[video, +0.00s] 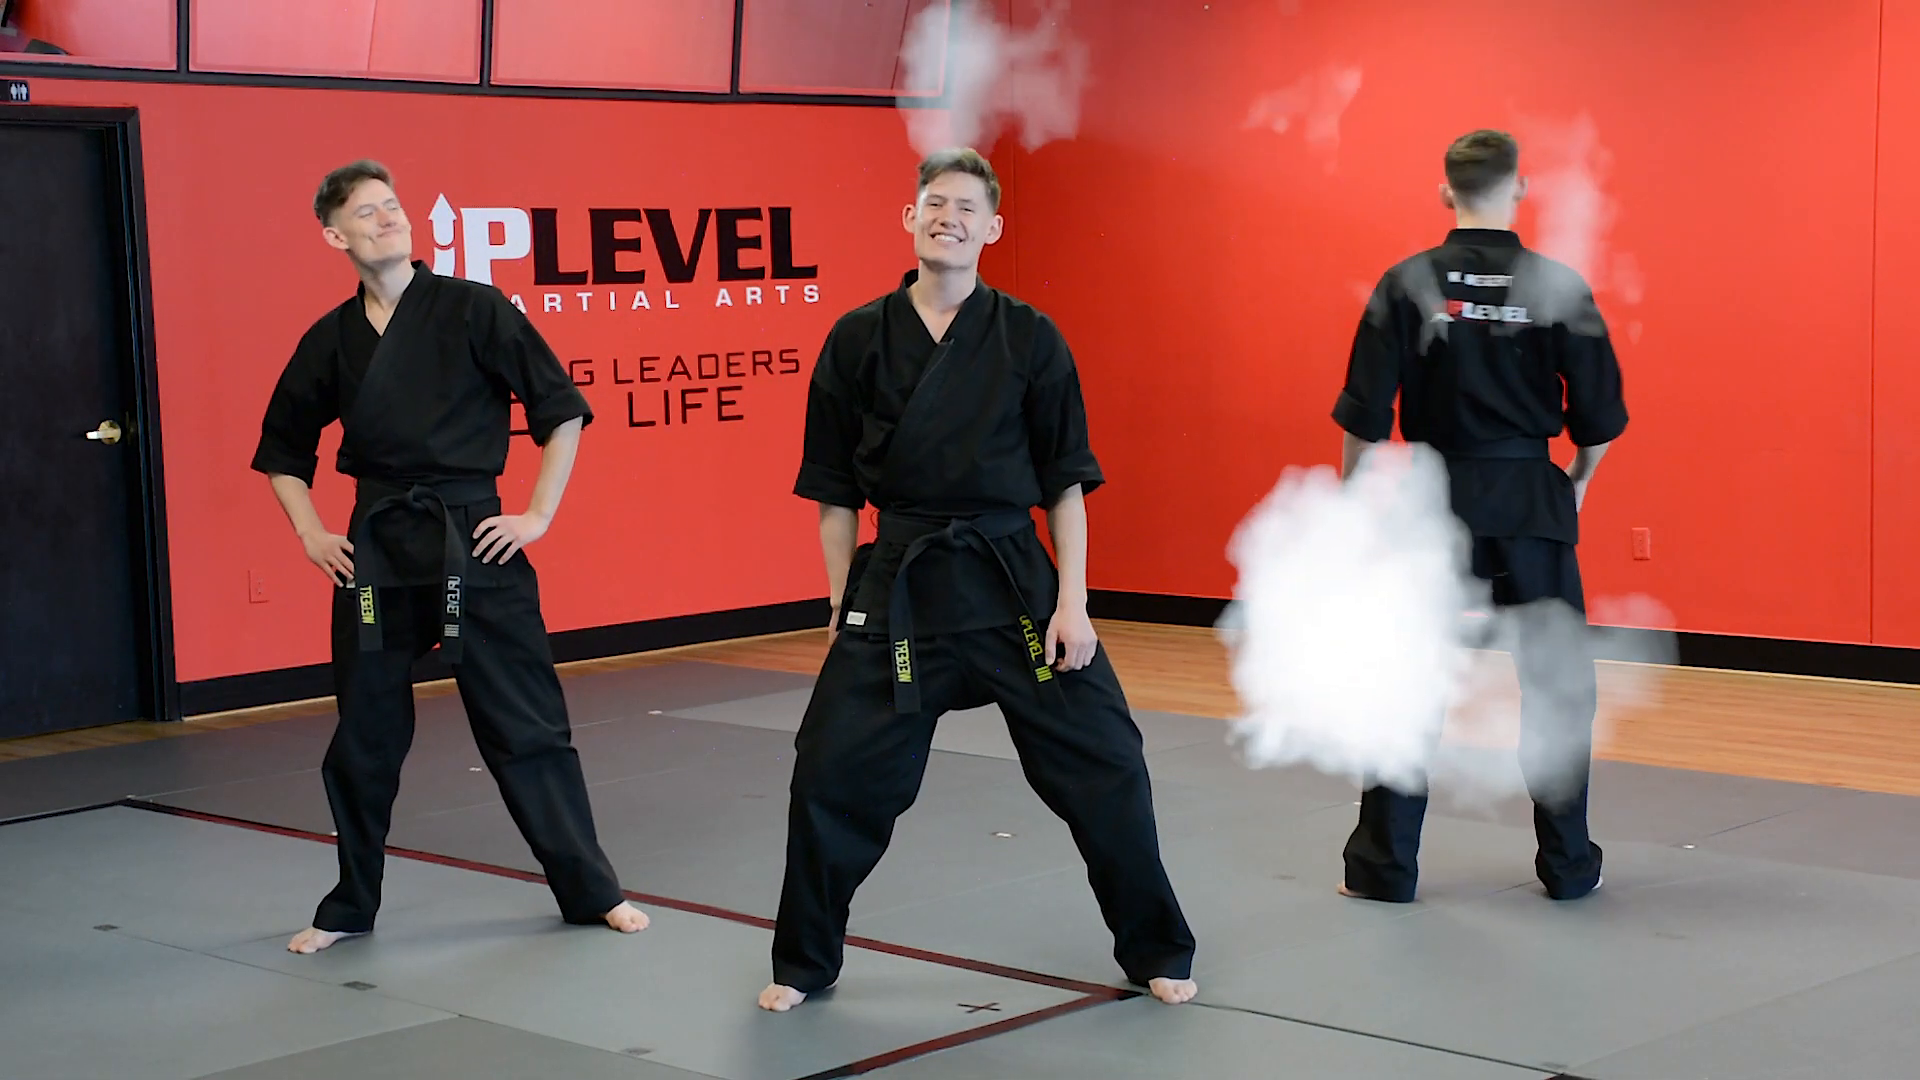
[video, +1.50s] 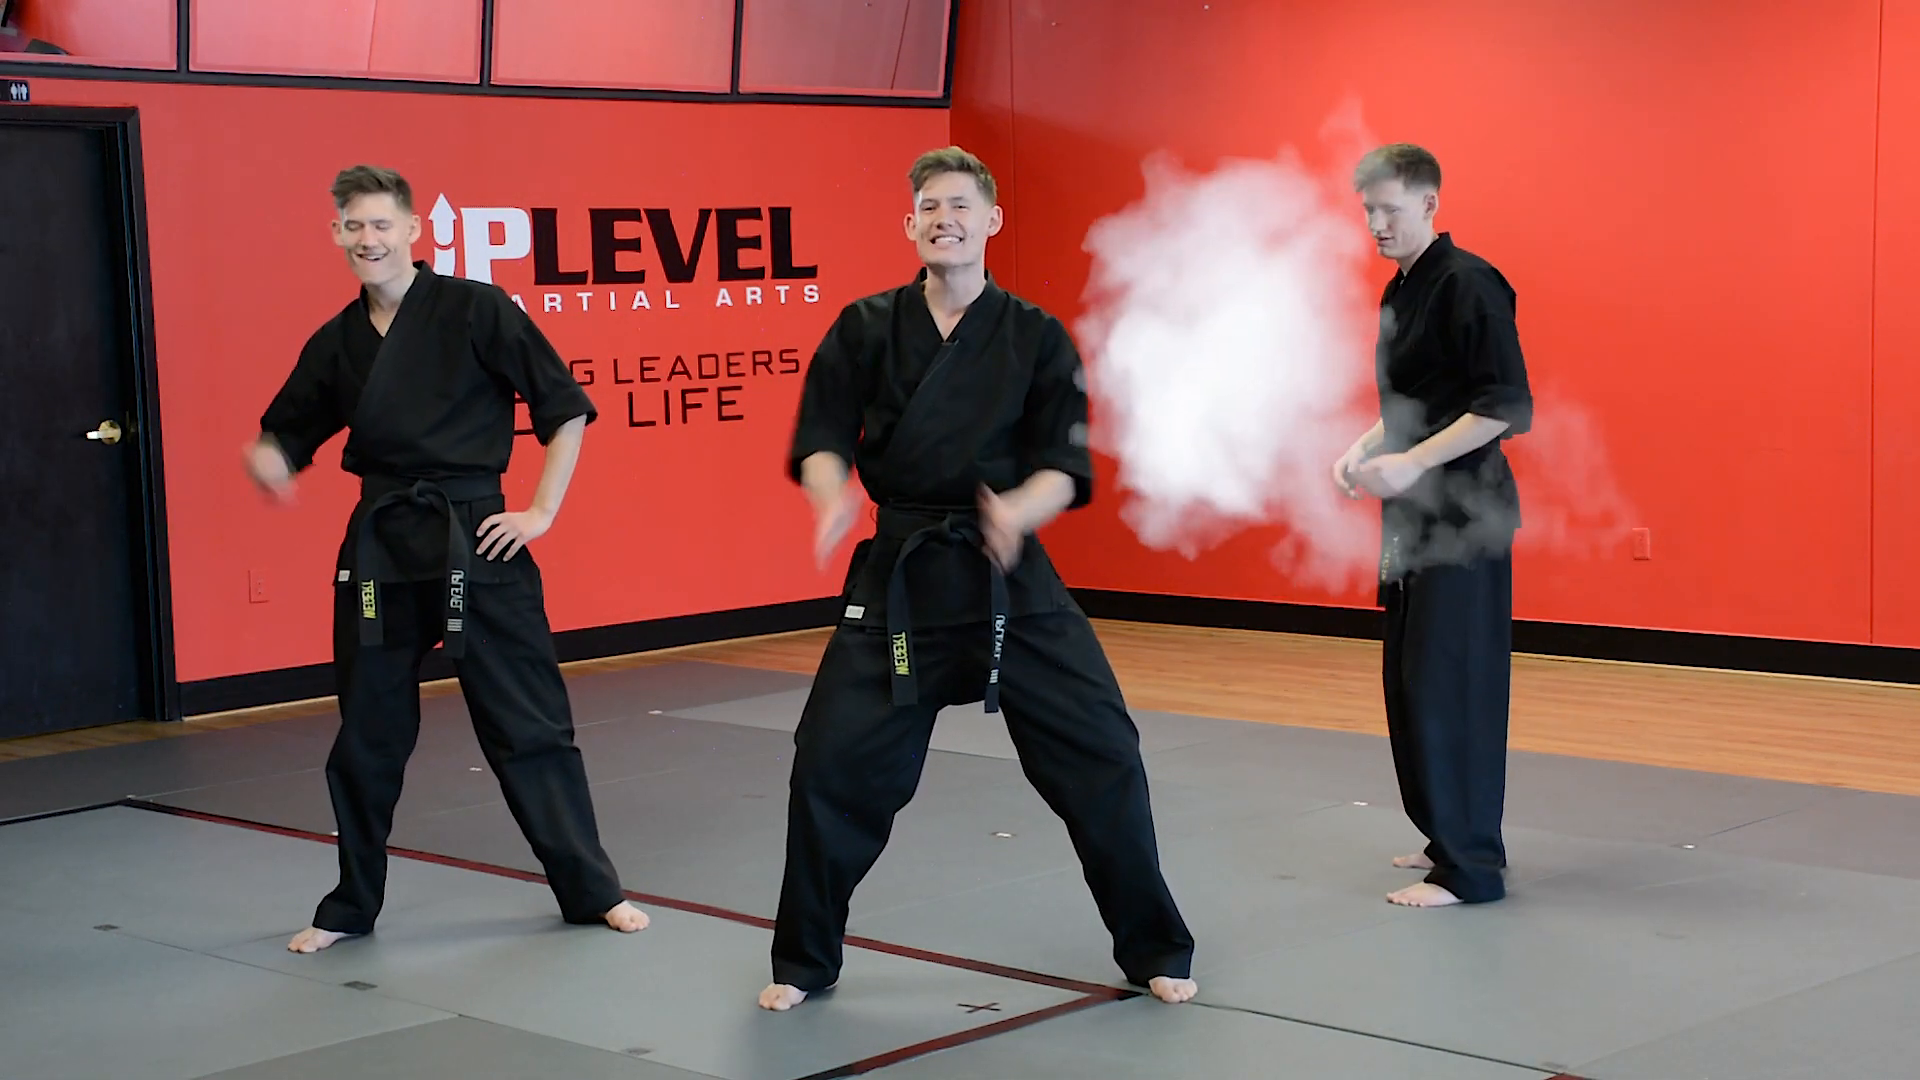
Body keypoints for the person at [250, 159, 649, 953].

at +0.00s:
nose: (387, 217)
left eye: (392, 204)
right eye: (366, 212)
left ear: (410, 218)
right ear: (337, 239)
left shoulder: (476, 309)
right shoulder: (331, 340)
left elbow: (564, 409)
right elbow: (281, 447)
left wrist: (538, 516)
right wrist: (311, 533)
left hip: (476, 538)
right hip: (378, 546)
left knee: (529, 725)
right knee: (362, 740)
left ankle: (592, 892)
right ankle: (352, 904)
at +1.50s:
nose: (366, 238)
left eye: (380, 223)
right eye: (352, 226)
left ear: (413, 229)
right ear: (338, 239)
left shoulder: (479, 310)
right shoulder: (336, 344)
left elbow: (567, 409)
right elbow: (283, 438)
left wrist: (541, 511)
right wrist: (269, 461)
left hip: (478, 539)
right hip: (379, 544)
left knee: (530, 724)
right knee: (366, 737)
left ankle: (592, 891)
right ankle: (352, 905)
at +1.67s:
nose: (370, 244)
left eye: (384, 230)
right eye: (361, 231)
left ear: (427, 231)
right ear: (354, 235)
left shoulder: (489, 313)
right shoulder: (339, 338)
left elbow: (577, 414)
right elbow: (257, 430)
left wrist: (543, 515)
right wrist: (231, 357)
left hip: (482, 537)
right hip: (382, 542)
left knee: (532, 724)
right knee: (368, 737)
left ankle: (592, 892)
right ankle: (351, 908)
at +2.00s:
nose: (397, 249)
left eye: (413, 236)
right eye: (390, 234)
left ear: (454, 236)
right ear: (384, 234)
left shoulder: (509, 319)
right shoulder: (353, 325)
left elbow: (592, 424)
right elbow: (238, 376)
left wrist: (552, 517)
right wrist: (284, 297)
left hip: (489, 538)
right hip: (389, 540)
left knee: (537, 727)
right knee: (372, 738)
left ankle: (592, 892)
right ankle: (352, 907)